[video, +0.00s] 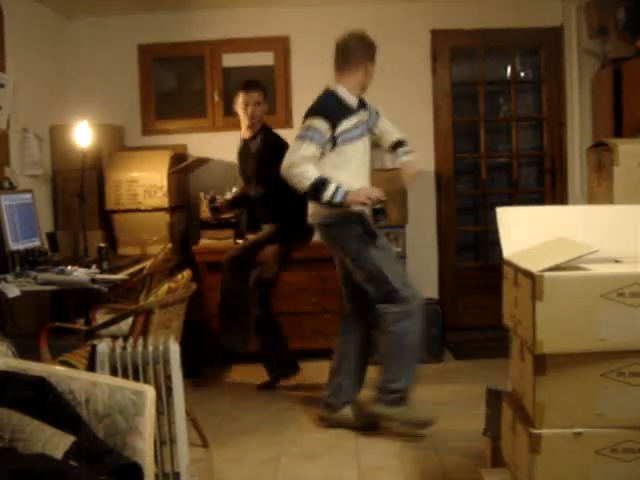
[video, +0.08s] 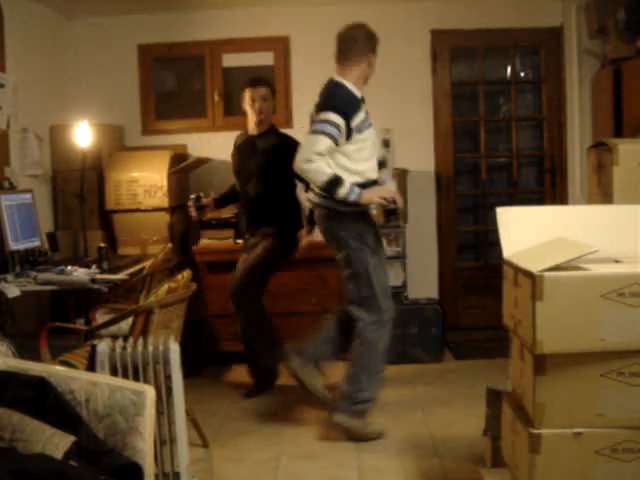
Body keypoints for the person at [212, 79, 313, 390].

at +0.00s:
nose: (250, 112)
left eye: (256, 104)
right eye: (244, 105)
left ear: (266, 108)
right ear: (236, 110)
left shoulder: (275, 146)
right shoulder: (245, 147)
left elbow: (284, 198)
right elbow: (251, 189)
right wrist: (229, 201)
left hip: (283, 228)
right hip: (259, 228)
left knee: (234, 261)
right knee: (257, 298)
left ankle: (232, 342)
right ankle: (281, 364)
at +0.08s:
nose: (258, 106)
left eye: (264, 100)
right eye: (252, 100)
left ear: (274, 104)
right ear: (244, 106)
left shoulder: (287, 145)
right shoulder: (242, 145)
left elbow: (312, 181)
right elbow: (242, 189)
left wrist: (312, 222)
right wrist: (213, 203)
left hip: (281, 231)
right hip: (253, 232)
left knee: (242, 290)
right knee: (245, 296)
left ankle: (268, 364)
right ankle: (262, 371)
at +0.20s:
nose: (268, 121)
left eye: (274, 115)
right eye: (262, 115)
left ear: (283, 119)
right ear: (253, 119)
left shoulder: (293, 161)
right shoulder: (241, 154)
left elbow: (306, 200)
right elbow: (227, 194)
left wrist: (337, 217)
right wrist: (196, 205)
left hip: (275, 249)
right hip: (241, 247)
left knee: (268, 327)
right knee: (230, 317)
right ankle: (259, 380)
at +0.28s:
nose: (272, 119)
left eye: (278, 113)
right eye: (266, 113)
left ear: (286, 118)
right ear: (256, 118)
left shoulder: (291, 160)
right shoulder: (238, 151)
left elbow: (307, 201)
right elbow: (219, 189)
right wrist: (189, 201)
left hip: (274, 246)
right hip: (240, 246)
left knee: (264, 322)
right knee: (234, 318)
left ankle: (311, 371)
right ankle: (259, 379)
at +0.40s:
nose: (272, 107)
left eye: (278, 101)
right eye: (267, 101)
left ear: (289, 105)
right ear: (259, 105)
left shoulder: (294, 143)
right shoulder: (240, 138)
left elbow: (300, 179)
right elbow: (215, 172)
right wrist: (177, 192)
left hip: (269, 229)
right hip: (235, 229)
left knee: (261, 296)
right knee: (240, 301)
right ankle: (258, 363)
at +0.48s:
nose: (270, 107)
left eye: (277, 101)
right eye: (266, 100)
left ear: (288, 104)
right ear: (259, 102)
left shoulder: (292, 141)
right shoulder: (240, 135)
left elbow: (296, 179)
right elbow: (215, 169)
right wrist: (178, 189)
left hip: (268, 226)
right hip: (233, 226)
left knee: (257, 293)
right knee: (237, 299)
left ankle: (258, 373)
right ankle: (252, 367)